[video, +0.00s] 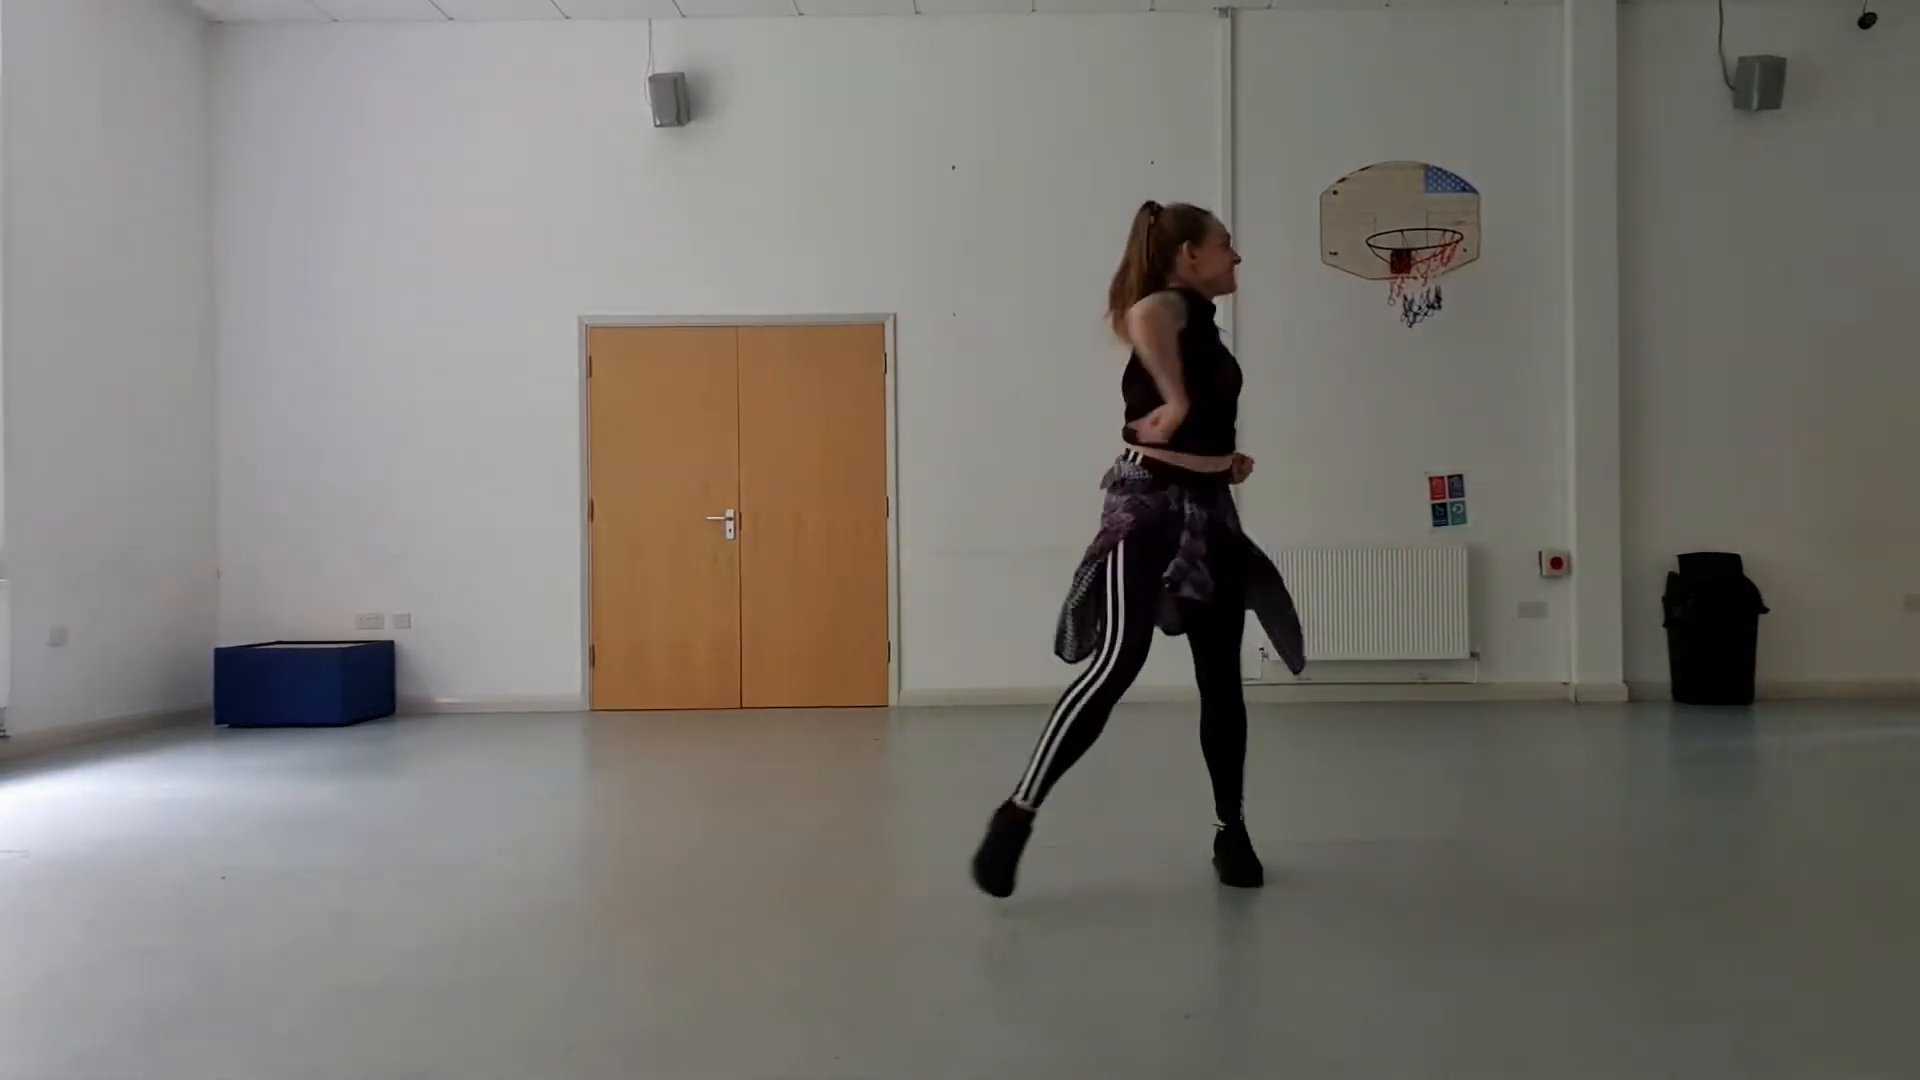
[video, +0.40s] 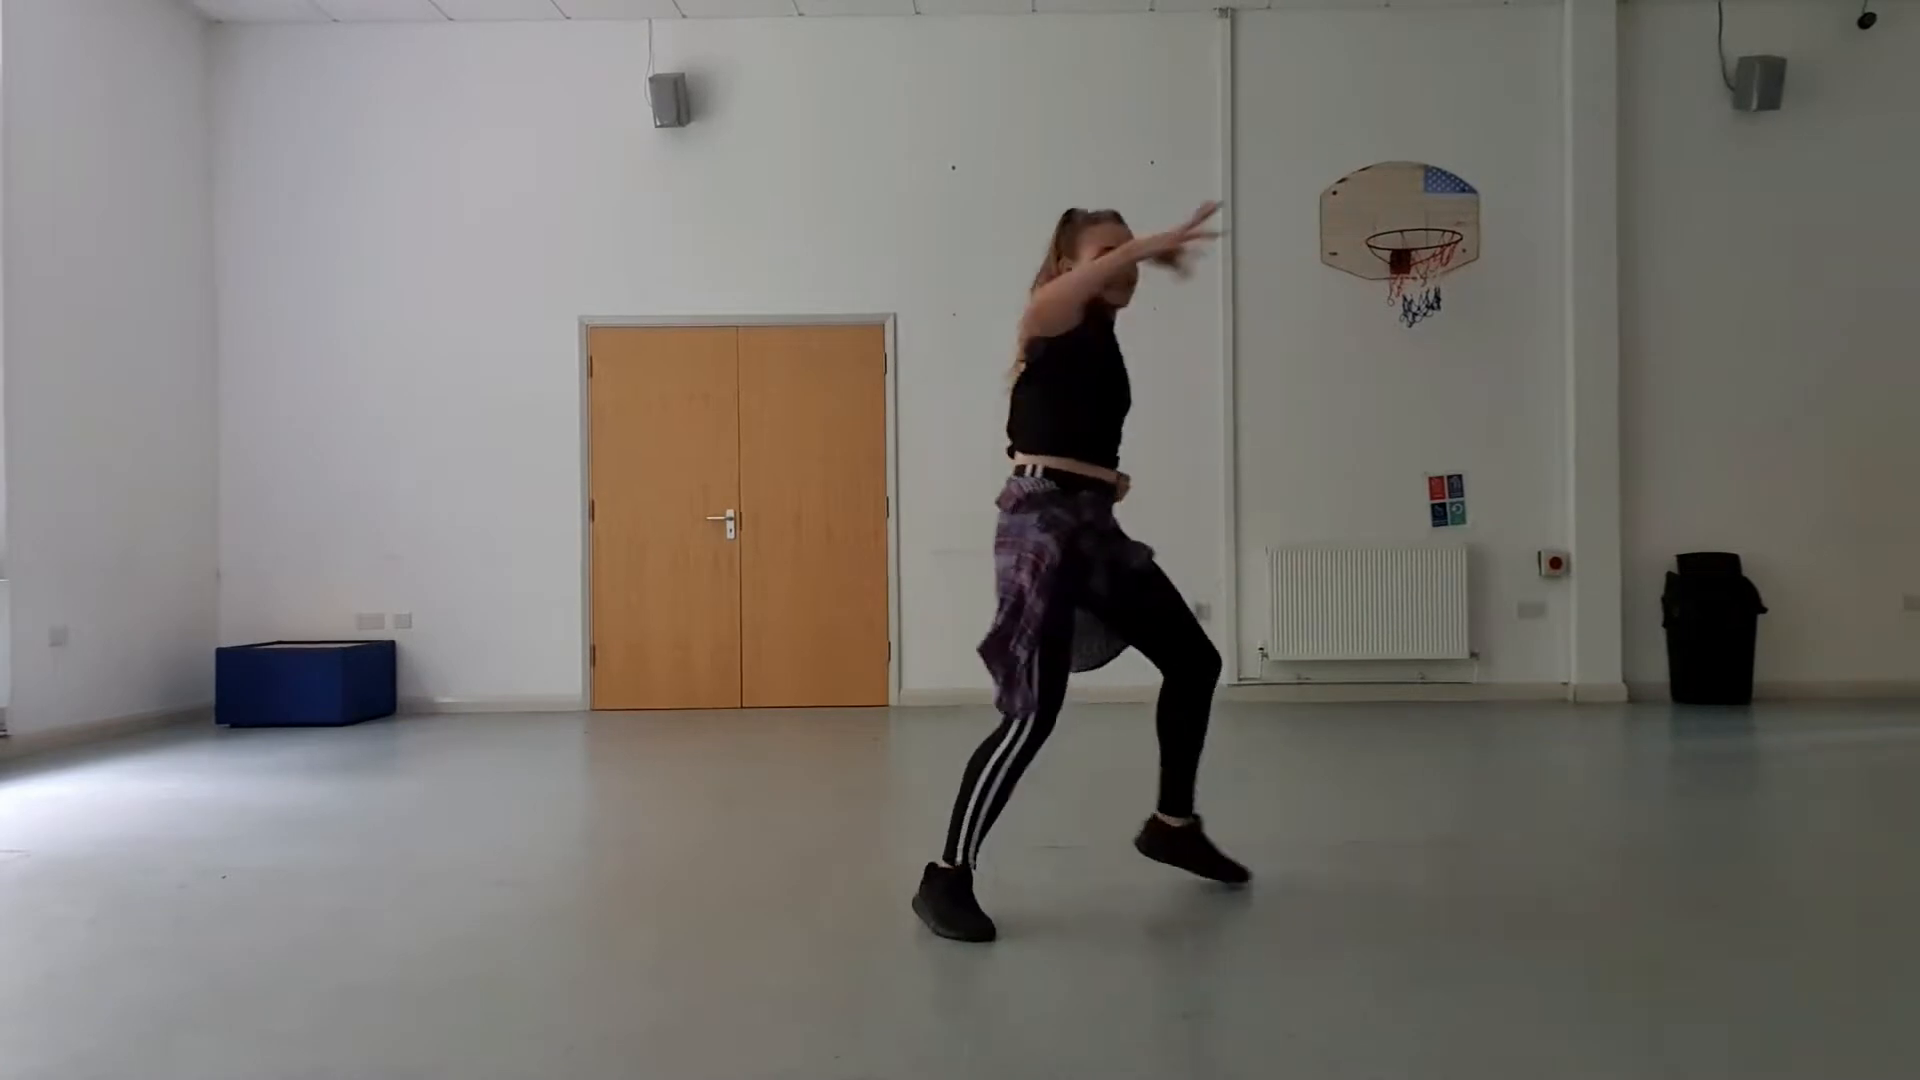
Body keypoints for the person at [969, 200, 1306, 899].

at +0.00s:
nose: (1235, 257)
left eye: (1231, 247)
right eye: (1225, 248)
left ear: (1190, 258)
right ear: (1189, 257)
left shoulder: (1199, 328)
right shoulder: (1166, 304)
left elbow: (1175, 426)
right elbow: (1143, 322)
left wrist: (1224, 460)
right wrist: (1176, 401)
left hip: (1205, 518)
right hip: (1146, 514)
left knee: (1221, 681)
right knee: (1115, 662)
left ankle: (1232, 835)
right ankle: (1017, 815)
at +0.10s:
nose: (1208, 259)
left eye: (1203, 249)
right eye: (1198, 249)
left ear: (1153, 261)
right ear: (1163, 258)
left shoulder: (1140, 327)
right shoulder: (1171, 298)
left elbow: (1111, 437)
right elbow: (1225, 281)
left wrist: (1192, 461)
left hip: (1183, 514)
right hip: (1145, 510)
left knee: (1210, 681)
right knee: (1083, 679)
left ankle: (1218, 834)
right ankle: (975, 833)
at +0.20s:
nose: (1184, 273)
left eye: (1179, 263)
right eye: (1171, 266)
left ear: (1131, 283)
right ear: (1131, 281)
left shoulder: (1099, 349)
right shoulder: (1161, 319)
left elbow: (1077, 454)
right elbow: (1246, 300)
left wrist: (1151, 462)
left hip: (1163, 534)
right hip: (1120, 537)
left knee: (1211, 686)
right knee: (1081, 713)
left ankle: (1215, 835)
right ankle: (964, 865)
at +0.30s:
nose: (1156, 279)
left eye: (1154, 270)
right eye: (1142, 272)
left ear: (1110, 283)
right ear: (1098, 280)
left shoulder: (1101, 341)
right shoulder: (1113, 324)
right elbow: (1204, 281)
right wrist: (1285, 216)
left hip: (1128, 536)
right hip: (1080, 534)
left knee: (1195, 682)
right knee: (1062, 721)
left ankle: (1208, 829)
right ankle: (951, 874)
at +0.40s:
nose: (1125, 264)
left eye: (1130, 253)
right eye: (1108, 251)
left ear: (1129, 264)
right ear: (1066, 263)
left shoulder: (1097, 330)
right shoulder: (1049, 315)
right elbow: (1054, 302)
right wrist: (1148, 248)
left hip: (1094, 523)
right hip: (1041, 518)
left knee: (1194, 662)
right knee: (1033, 709)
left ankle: (1174, 821)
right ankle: (949, 874)